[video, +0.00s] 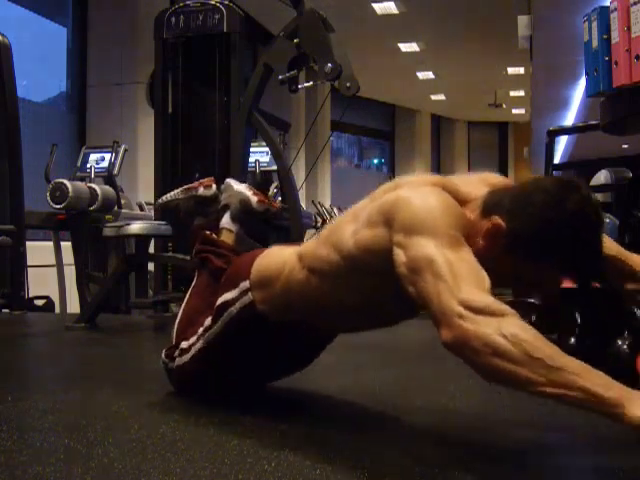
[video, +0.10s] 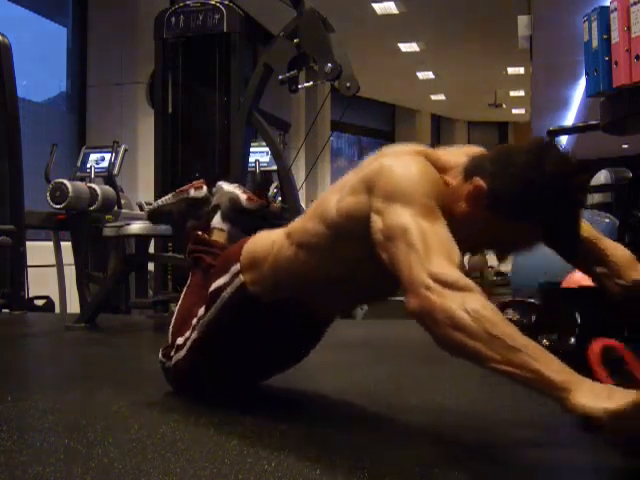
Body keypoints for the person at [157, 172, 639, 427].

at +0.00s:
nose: (515, 293)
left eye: (530, 288)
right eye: (522, 279)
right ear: (496, 237)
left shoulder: (501, 195)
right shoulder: (421, 213)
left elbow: (594, 247)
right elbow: (473, 326)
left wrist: (637, 273)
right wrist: (627, 402)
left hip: (312, 311)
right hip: (264, 307)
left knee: (230, 370)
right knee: (184, 369)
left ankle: (236, 262)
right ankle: (210, 267)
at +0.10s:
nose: (503, 255)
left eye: (516, 248)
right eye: (506, 243)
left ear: (474, 193)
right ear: (476, 200)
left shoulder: (486, 174)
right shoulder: (402, 177)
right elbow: (439, 300)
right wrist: (577, 388)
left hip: (305, 312)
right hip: (252, 297)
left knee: (230, 377)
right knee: (182, 369)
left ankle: (235, 252)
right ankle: (214, 251)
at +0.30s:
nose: (461, 181)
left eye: (471, 172)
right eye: (459, 168)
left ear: (483, 150)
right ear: (430, 121)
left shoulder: (461, 140)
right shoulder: (362, 120)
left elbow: (530, 225)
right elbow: (373, 241)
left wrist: (583, 296)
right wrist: (470, 351)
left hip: (300, 288)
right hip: (242, 277)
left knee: (236, 379)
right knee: (184, 374)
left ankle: (220, 242)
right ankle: (194, 250)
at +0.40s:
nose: (459, 158)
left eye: (468, 145)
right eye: (454, 140)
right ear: (413, 101)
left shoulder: (444, 124)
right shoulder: (346, 105)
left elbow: (499, 214)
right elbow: (343, 225)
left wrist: (547, 313)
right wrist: (423, 340)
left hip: (296, 276)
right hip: (235, 263)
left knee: (229, 376)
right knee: (180, 377)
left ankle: (206, 238)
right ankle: (180, 250)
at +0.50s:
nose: (438, 142)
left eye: (447, 131)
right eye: (432, 125)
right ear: (395, 86)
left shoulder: (438, 118)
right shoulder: (329, 93)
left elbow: (479, 220)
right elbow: (314, 213)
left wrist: (509, 316)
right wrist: (379, 332)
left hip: (290, 267)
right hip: (229, 253)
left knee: (228, 376)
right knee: (177, 374)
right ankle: (169, 252)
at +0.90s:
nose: (408, 122)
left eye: (420, 112)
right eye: (405, 106)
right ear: (368, 66)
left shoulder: (410, 107)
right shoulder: (299, 84)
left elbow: (432, 207)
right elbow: (267, 204)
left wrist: (450, 309)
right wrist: (307, 329)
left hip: (273, 258)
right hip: (213, 246)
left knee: (228, 374)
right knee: (174, 377)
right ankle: (156, 261)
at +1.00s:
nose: (406, 125)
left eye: (419, 116)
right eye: (403, 110)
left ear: (431, 101)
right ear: (370, 71)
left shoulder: (412, 109)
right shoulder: (301, 85)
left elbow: (437, 210)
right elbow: (271, 207)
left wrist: (457, 310)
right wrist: (317, 331)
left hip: (274, 259)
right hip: (213, 246)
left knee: (227, 376)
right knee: (175, 378)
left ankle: (175, 265)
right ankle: (158, 260)